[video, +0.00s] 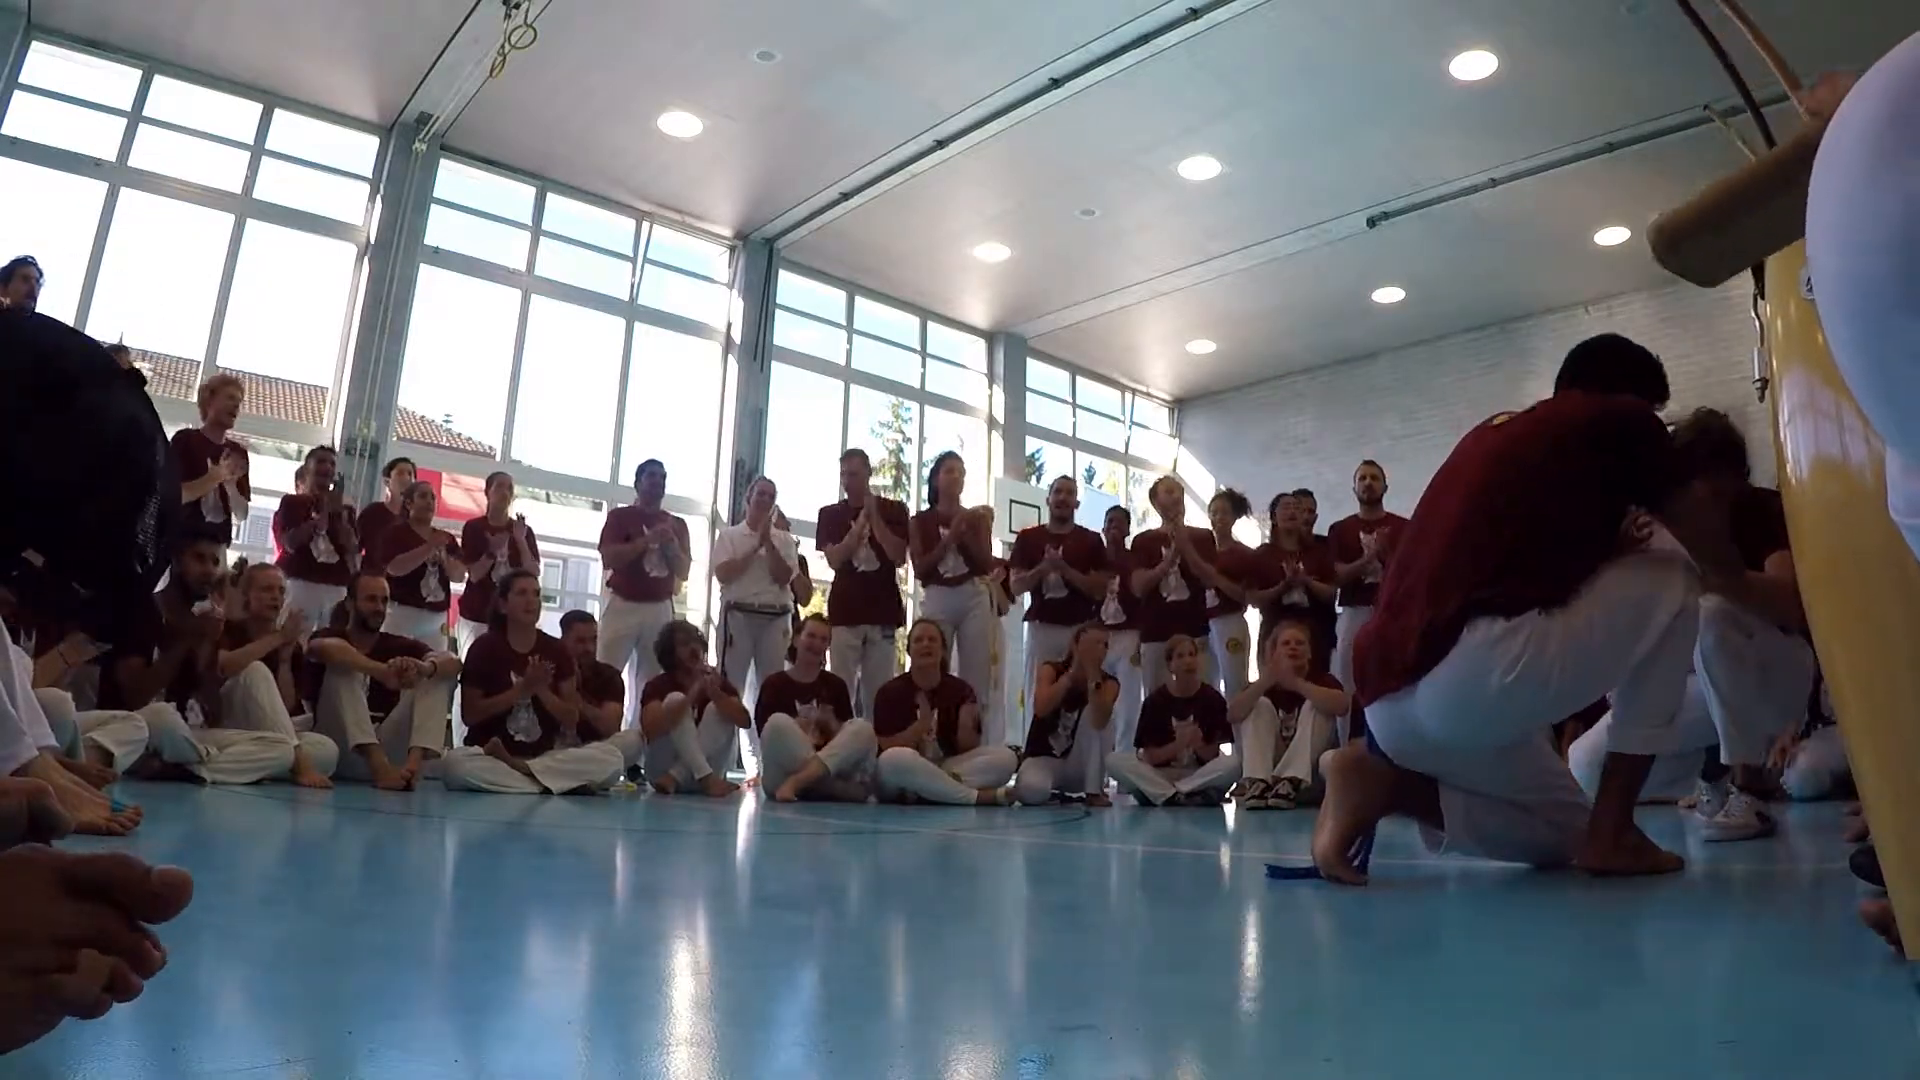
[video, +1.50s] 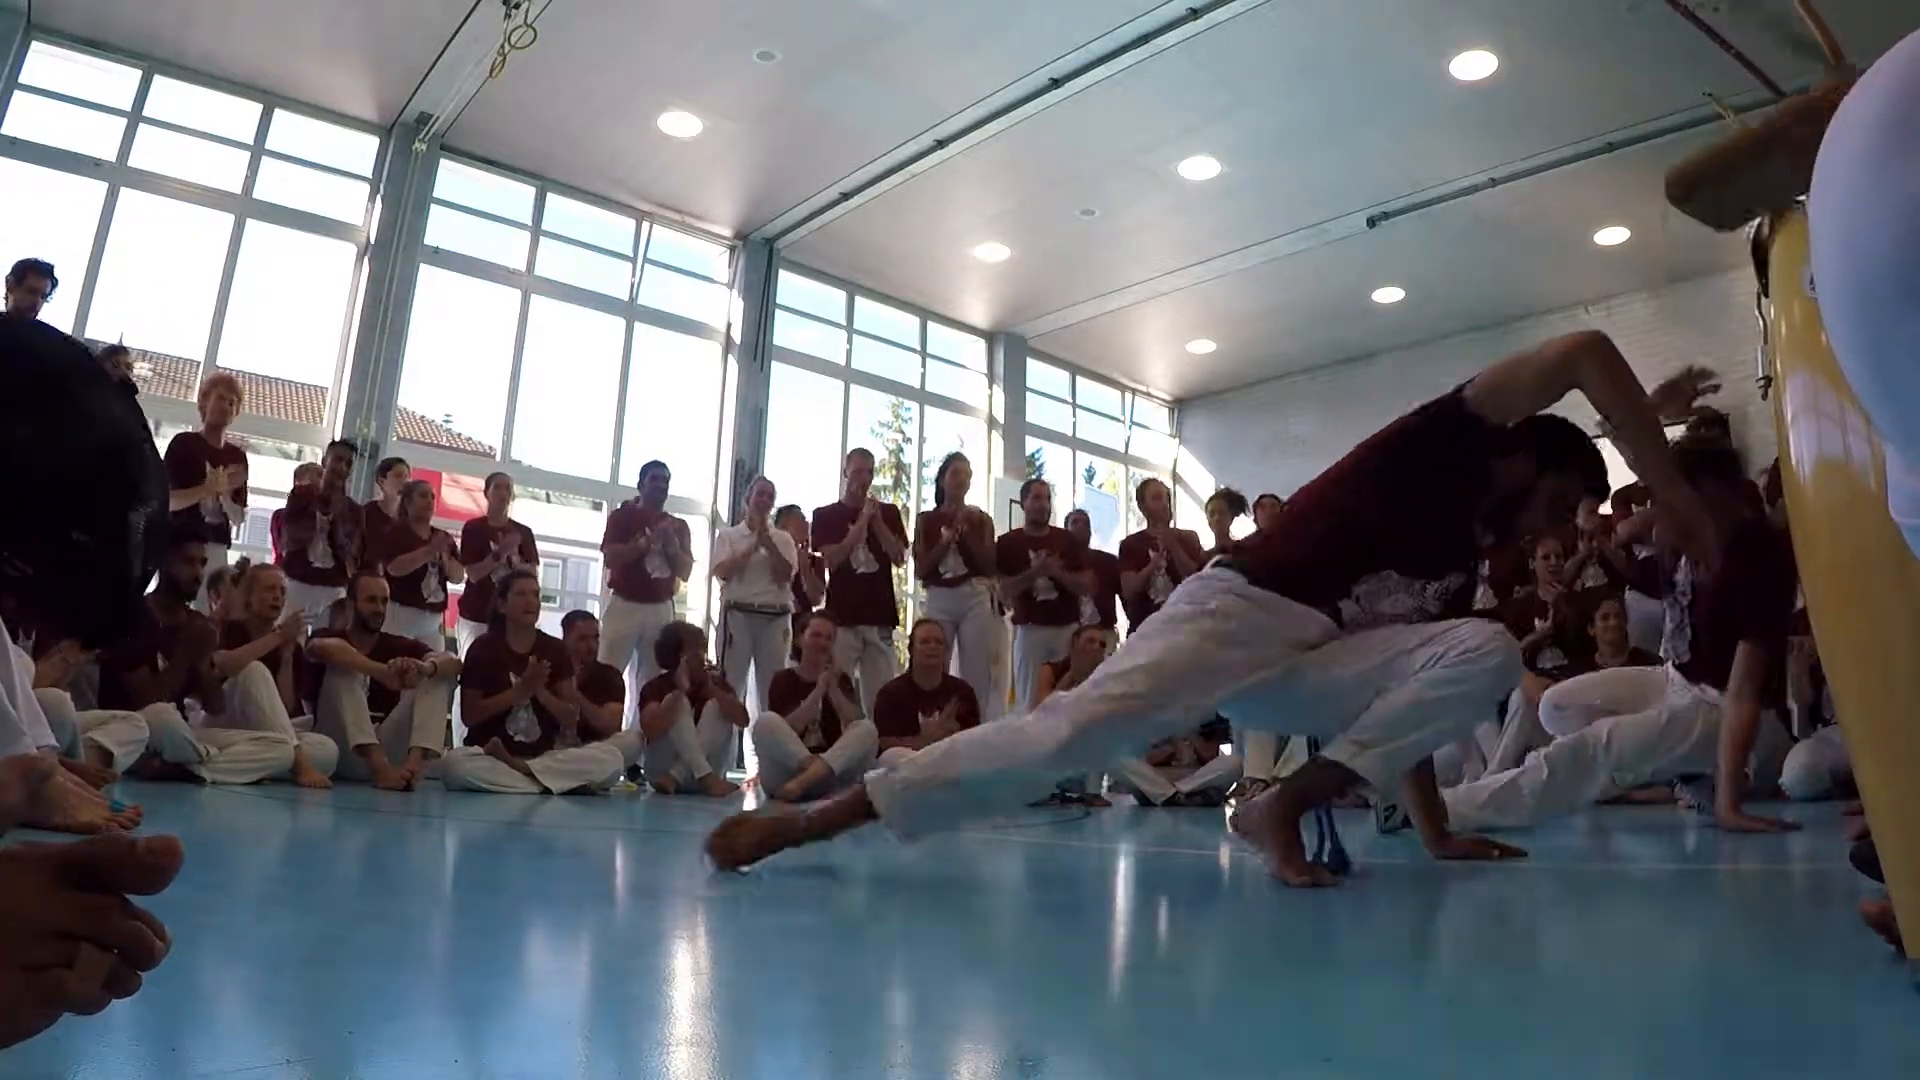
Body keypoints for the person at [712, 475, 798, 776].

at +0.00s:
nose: (762, 499)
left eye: (768, 496)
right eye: (758, 494)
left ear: (775, 503)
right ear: (747, 497)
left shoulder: (785, 539)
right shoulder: (729, 534)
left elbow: (784, 578)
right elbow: (723, 574)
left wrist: (768, 543)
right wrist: (755, 548)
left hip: (776, 618)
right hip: (737, 616)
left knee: (773, 690)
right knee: (730, 688)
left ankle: (769, 760)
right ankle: (723, 759)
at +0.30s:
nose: (762, 499)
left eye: (767, 495)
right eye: (758, 493)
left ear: (775, 502)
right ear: (747, 497)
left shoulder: (784, 538)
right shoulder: (730, 534)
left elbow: (786, 576)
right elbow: (722, 573)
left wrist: (767, 541)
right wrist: (753, 551)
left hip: (775, 618)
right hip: (737, 616)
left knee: (772, 691)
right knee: (730, 689)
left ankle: (770, 761)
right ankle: (725, 760)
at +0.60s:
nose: (765, 500)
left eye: (770, 496)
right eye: (760, 494)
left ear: (774, 502)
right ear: (748, 497)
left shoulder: (784, 538)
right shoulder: (730, 534)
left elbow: (785, 579)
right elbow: (724, 574)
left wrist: (781, 548)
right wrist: (744, 543)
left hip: (776, 618)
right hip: (737, 616)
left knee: (774, 689)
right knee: (733, 688)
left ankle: (773, 744)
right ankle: (732, 744)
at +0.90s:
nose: (765, 500)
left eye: (770, 496)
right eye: (761, 494)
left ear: (775, 502)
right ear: (748, 497)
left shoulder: (784, 538)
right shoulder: (730, 535)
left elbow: (786, 577)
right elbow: (721, 572)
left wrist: (781, 542)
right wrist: (744, 538)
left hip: (776, 617)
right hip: (737, 616)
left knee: (773, 690)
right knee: (732, 689)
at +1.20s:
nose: (765, 500)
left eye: (770, 496)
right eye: (760, 494)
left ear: (775, 502)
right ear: (748, 497)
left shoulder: (784, 538)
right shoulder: (730, 535)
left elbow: (785, 576)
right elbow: (722, 572)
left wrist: (769, 540)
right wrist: (750, 544)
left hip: (775, 618)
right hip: (737, 615)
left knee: (771, 690)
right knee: (732, 689)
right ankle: (728, 745)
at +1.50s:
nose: (764, 499)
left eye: (769, 496)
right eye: (759, 493)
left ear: (773, 502)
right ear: (747, 497)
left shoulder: (784, 538)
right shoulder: (728, 535)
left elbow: (785, 576)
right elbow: (722, 571)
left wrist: (770, 546)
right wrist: (752, 545)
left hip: (775, 618)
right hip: (736, 616)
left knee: (771, 690)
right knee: (731, 687)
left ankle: (769, 746)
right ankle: (727, 746)